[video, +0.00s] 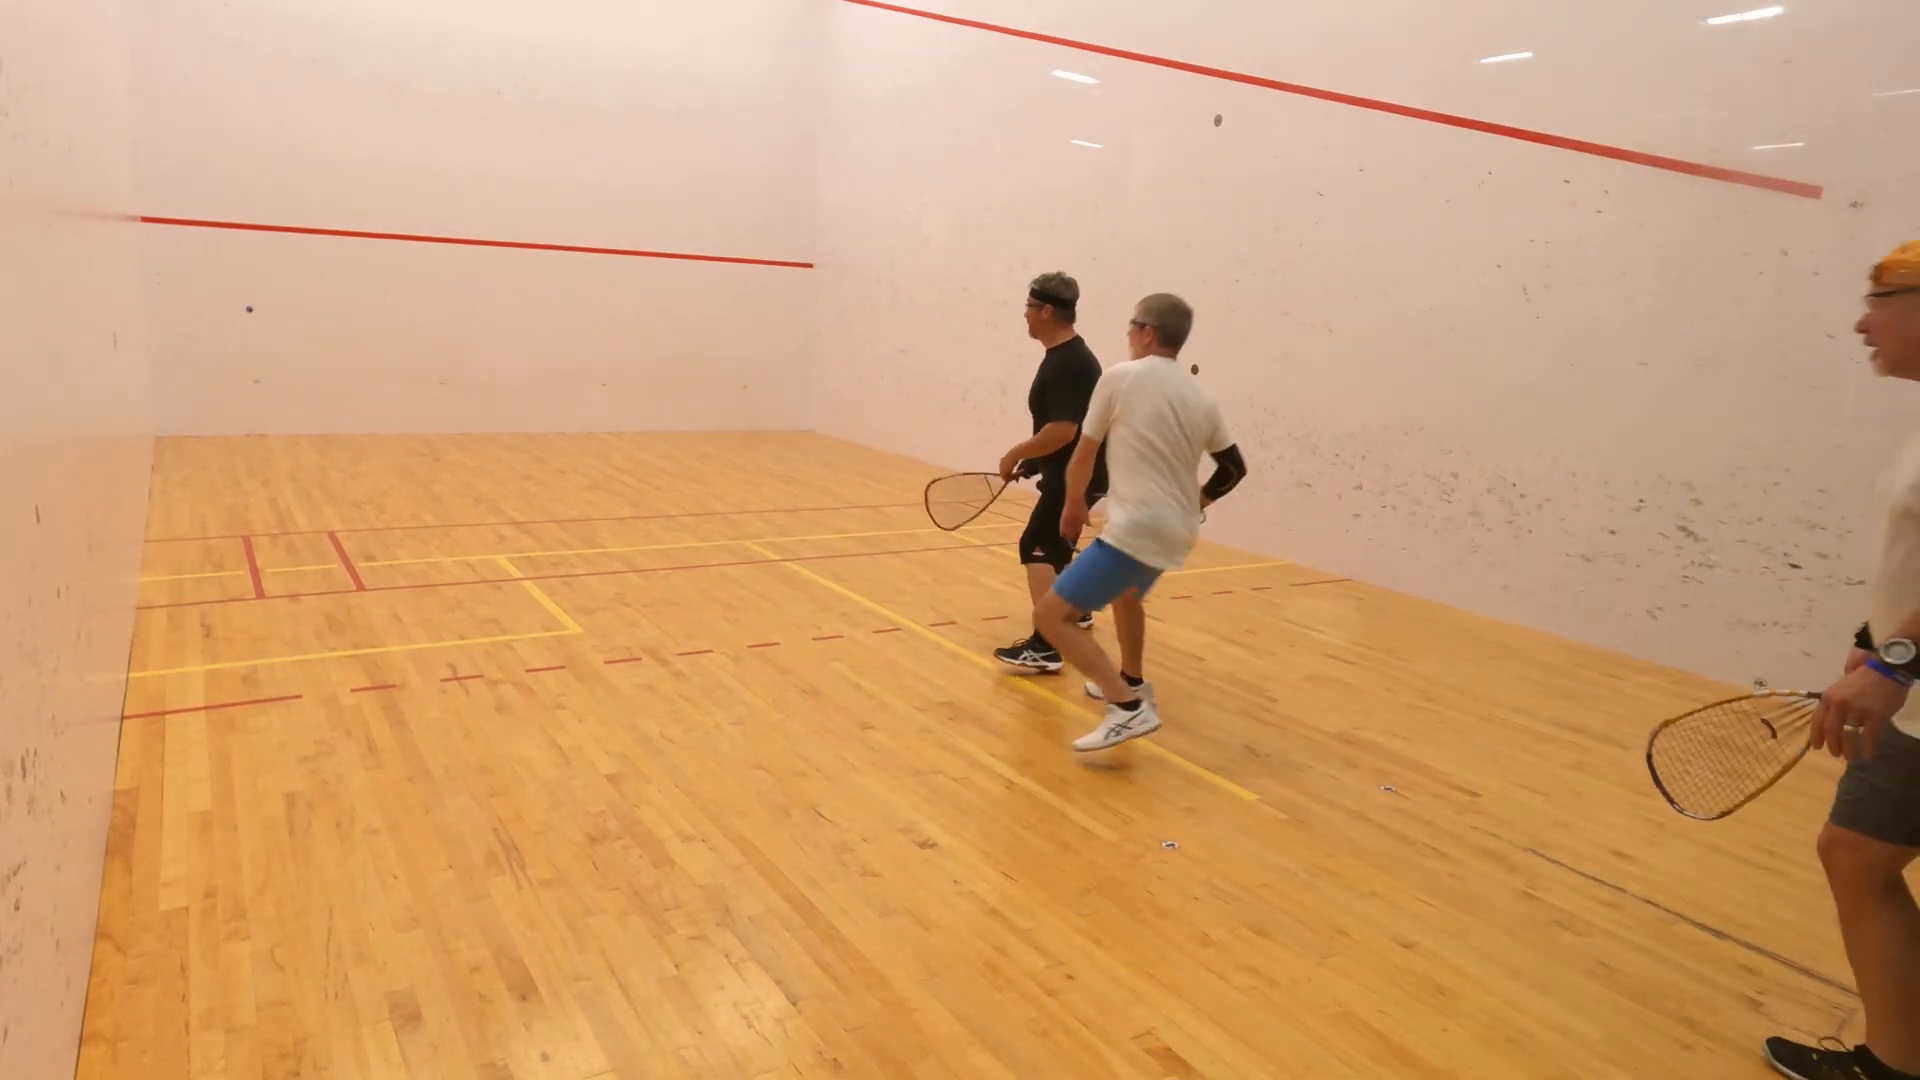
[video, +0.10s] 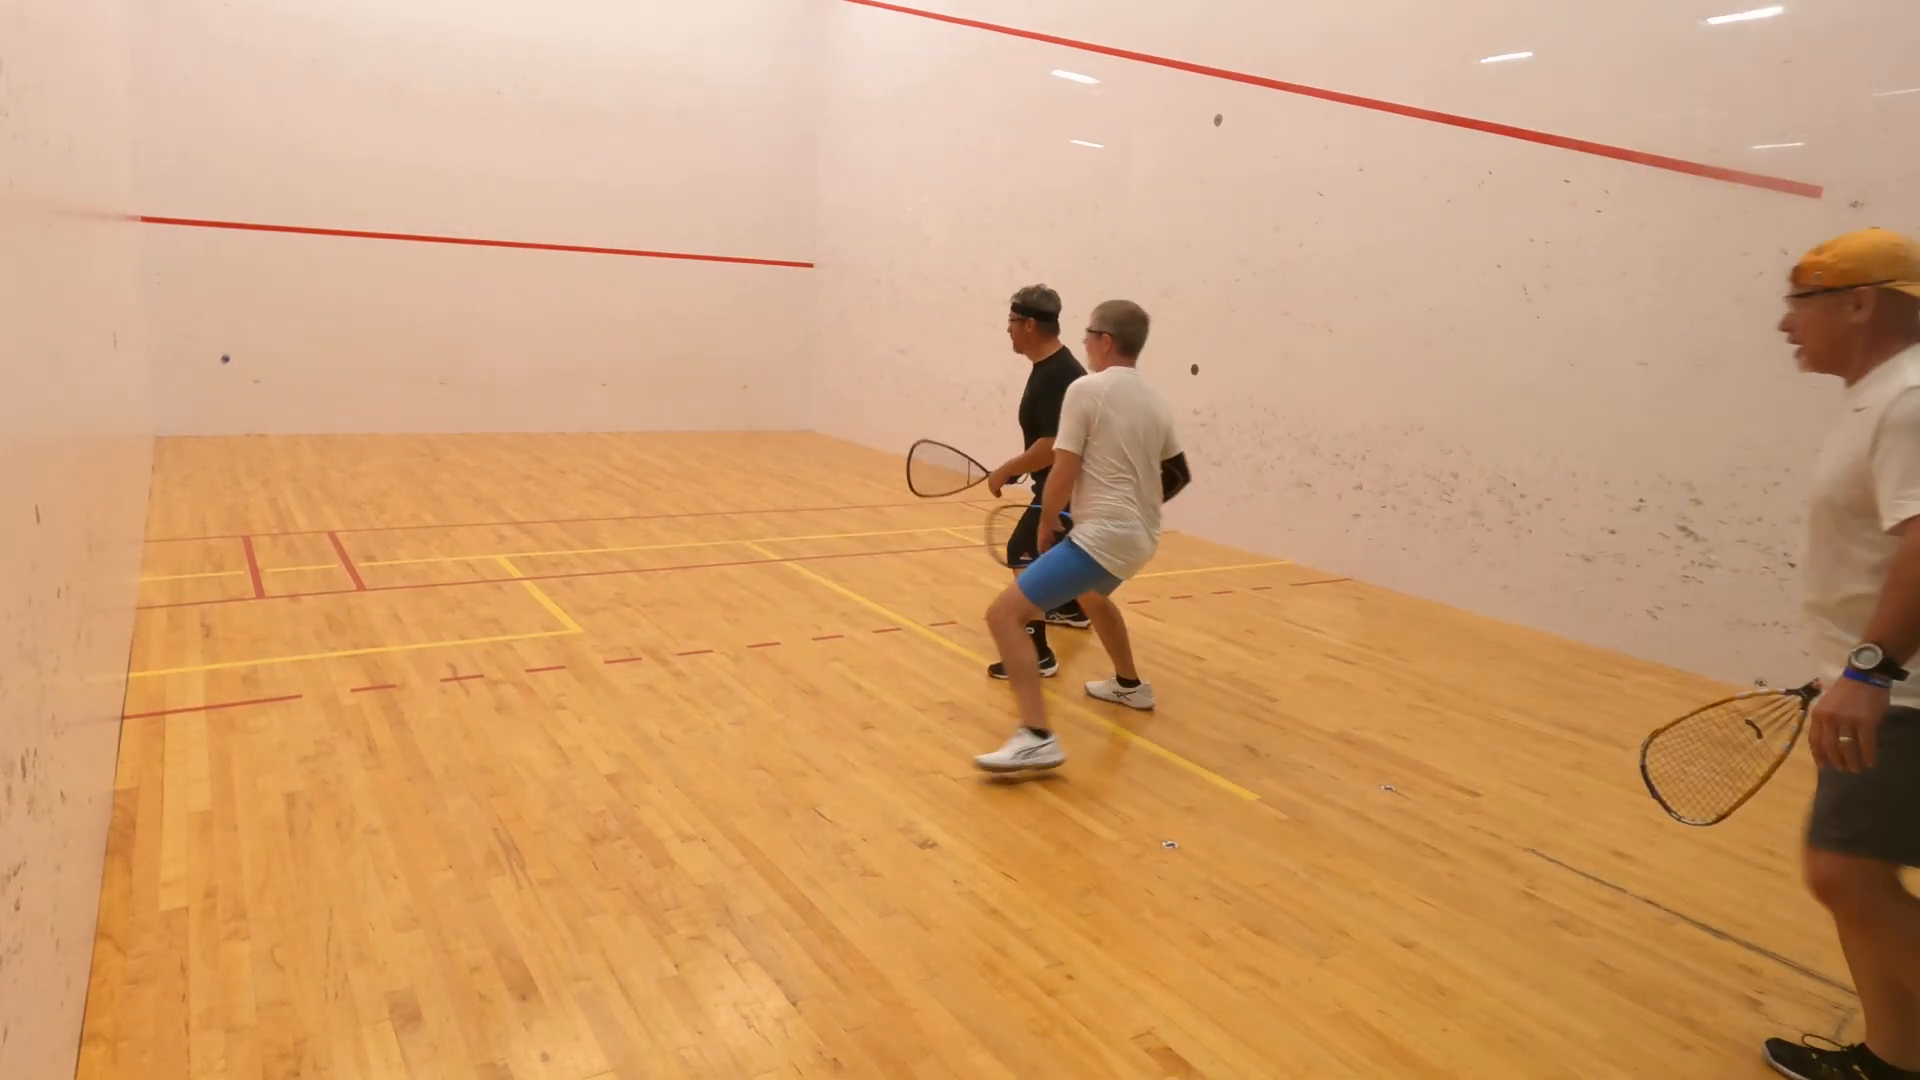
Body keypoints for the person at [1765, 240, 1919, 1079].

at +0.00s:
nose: (1862, 321)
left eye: (1879, 300)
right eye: (1868, 301)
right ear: (1905, 317)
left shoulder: (1914, 438)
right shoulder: (1911, 437)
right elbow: (1906, 579)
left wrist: (1894, 664)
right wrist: (1861, 668)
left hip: (1914, 700)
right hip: (1903, 693)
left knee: (1856, 857)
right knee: (1859, 855)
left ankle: (1895, 1054)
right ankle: (1891, 1051)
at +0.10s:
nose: (1785, 323)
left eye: (1801, 304)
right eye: (1788, 304)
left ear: (1861, 308)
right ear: (1858, 311)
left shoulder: (1904, 404)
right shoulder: (1874, 400)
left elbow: (1913, 549)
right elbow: (1884, 553)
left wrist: (1868, 672)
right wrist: (1845, 671)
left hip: (1893, 692)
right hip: (1873, 687)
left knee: (1846, 869)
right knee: (1848, 866)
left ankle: (1897, 1052)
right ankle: (1888, 1049)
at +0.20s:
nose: (1707, 322)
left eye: (1721, 303)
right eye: (1709, 304)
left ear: (1780, 306)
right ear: (1785, 309)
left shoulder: (1828, 389)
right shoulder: (1837, 380)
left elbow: (1874, 530)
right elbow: (1855, 535)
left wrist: (1862, 669)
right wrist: (1773, 663)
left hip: (1809, 668)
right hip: (1870, 671)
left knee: (1691, 805)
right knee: (1851, 848)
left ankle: (1779, 1008)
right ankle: (1896, 1055)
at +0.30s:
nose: (1629, 338)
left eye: (1641, 321)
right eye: (1630, 321)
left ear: (1693, 320)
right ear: (1703, 323)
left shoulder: (1730, 401)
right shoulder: (1763, 389)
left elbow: (1795, 533)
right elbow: (1775, 544)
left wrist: (1823, 664)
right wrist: (1682, 651)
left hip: (1733, 655)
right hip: (1807, 663)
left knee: (1600, 773)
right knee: (1840, 857)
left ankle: (1559, 942)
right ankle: (1889, 1051)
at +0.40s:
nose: (1544, 346)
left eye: (1557, 331)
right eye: (1546, 331)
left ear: (1607, 334)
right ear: (1615, 336)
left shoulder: (1636, 410)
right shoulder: (1678, 398)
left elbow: (1703, 531)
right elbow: (1679, 541)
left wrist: (1737, 650)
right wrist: (1609, 623)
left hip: (1648, 652)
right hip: (1729, 663)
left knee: (1537, 775)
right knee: (1785, 839)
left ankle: (1456, 896)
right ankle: (1874, 1034)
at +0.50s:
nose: (1467, 340)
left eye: (1479, 326)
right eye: (1471, 326)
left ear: (1527, 333)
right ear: (1534, 335)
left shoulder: (1550, 406)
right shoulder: (1600, 395)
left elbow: (1597, 527)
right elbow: (1605, 526)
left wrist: (1613, 641)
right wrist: (1531, 617)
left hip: (1560, 632)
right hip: (1647, 636)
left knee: (1468, 745)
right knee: (1652, 795)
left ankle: (1443, 891)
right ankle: (1792, 962)